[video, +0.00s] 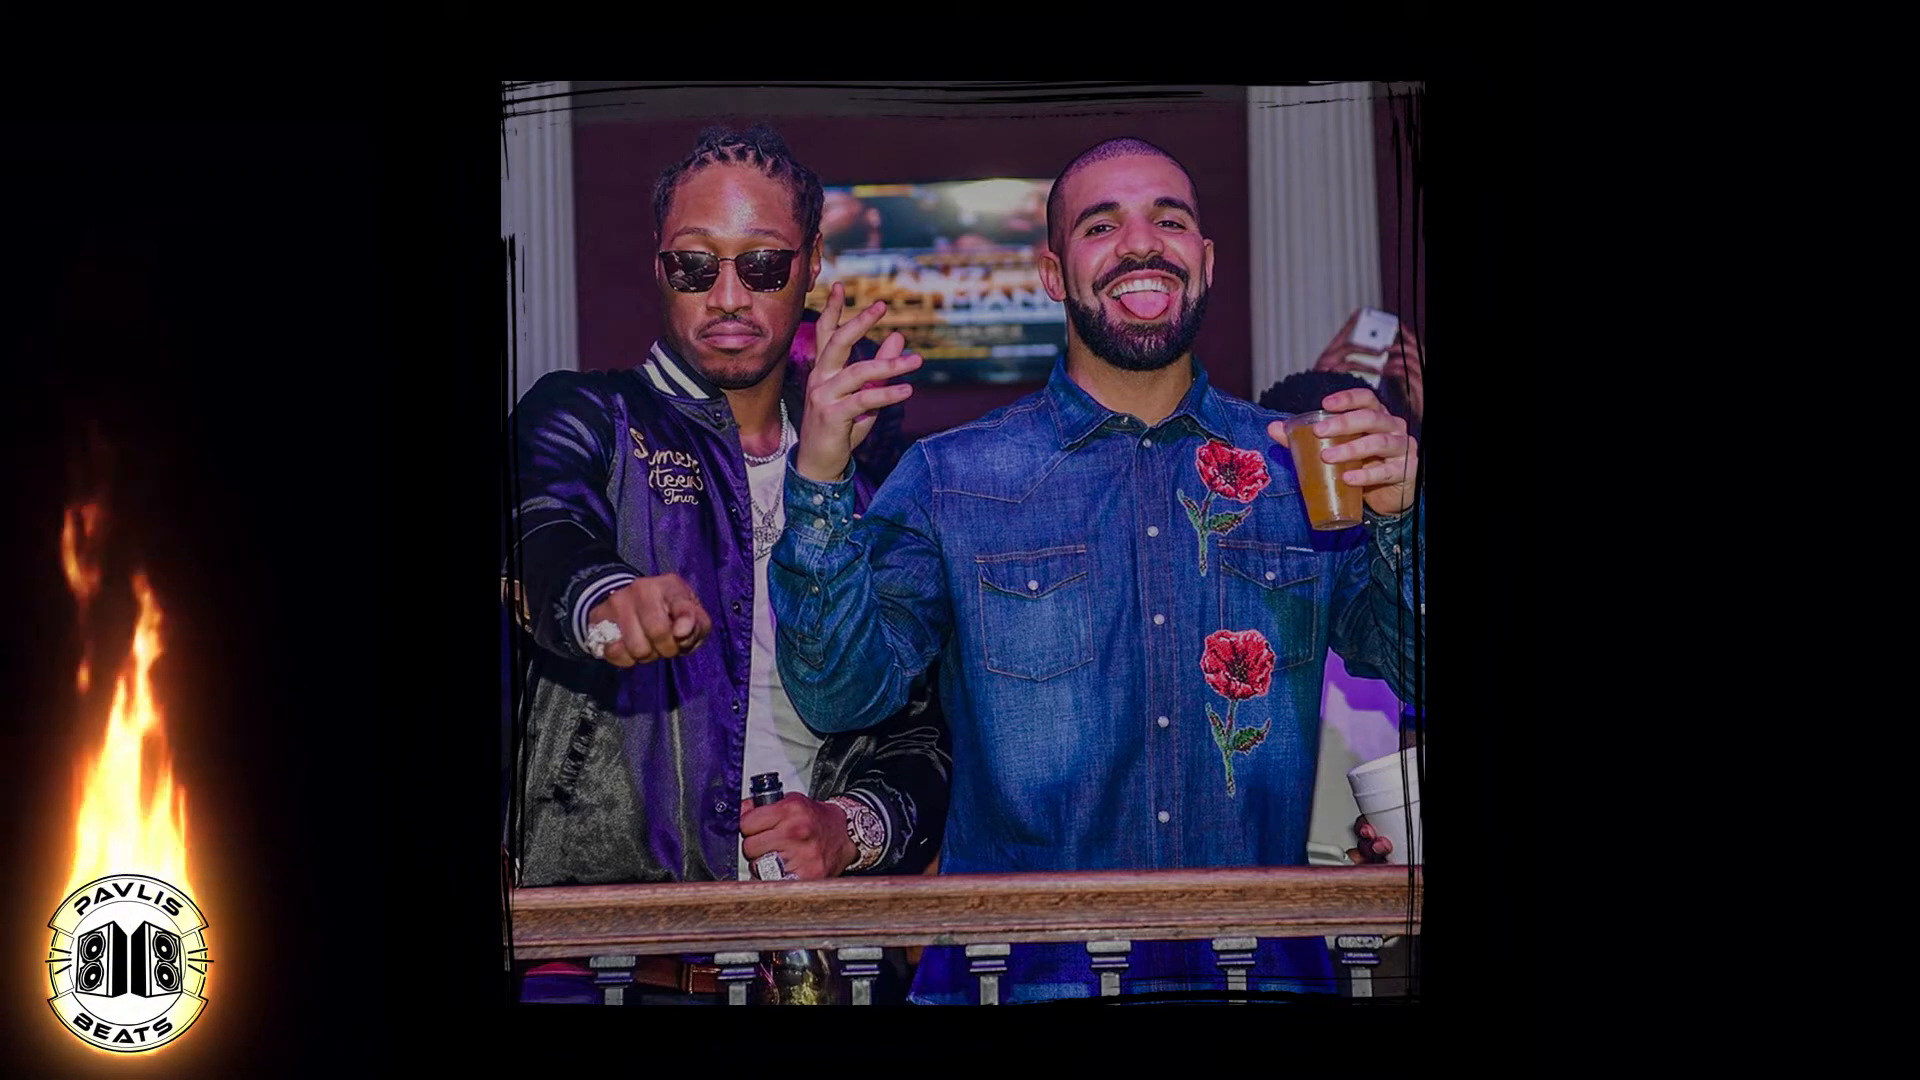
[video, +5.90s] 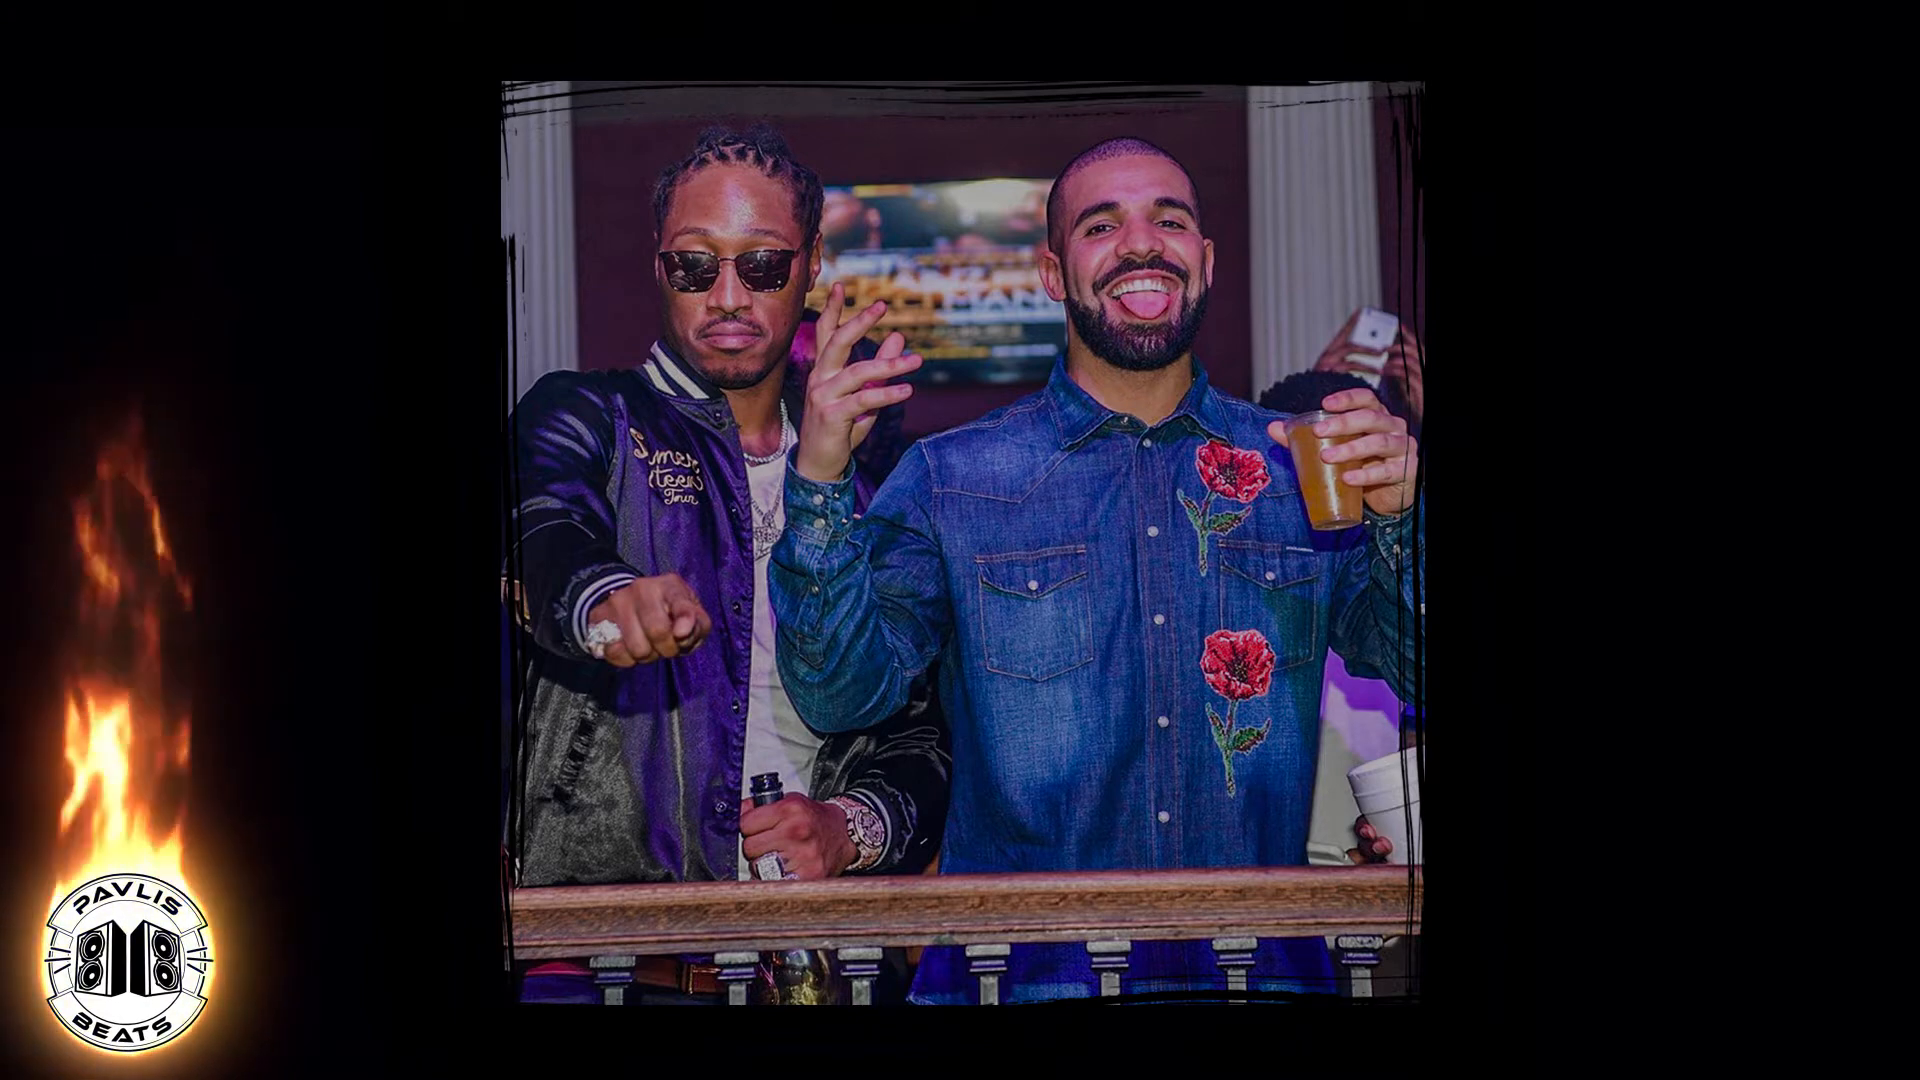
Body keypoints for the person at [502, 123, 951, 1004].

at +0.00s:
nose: (729, 296)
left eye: (764, 266)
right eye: (694, 266)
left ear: (811, 274)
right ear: (658, 273)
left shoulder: (879, 459)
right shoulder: (581, 412)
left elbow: (926, 724)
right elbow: (540, 525)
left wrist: (858, 825)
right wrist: (603, 595)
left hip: (827, 942)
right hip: (606, 942)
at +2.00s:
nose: (729, 296)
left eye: (763, 266)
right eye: (694, 266)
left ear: (811, 274)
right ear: (658, 272)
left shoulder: (878, 460)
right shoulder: (581, 412)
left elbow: (926, 726)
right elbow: (540, 525)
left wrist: (857, 826)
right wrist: (602, 595)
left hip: (827, 944)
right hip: (605, 943)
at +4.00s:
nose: (729, 296)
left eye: (764, 266)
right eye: (694, 266)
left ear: (811, 274)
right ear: (658, 272)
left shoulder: (878, 460)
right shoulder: (581, 412)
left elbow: (926, 725)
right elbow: (540, 525)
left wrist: (857, 826)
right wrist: (602, 595)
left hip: (827, 944)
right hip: (605, 943)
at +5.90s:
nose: (728, 295)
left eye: (763, 266)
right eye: (694, 266)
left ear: (811, 275)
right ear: (658, 274)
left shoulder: (878, 459)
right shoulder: (581, 411)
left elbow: (925, 722)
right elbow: (541, 525)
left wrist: (858, 826)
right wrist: (603, 595)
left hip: (828, 941)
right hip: (607, 941)